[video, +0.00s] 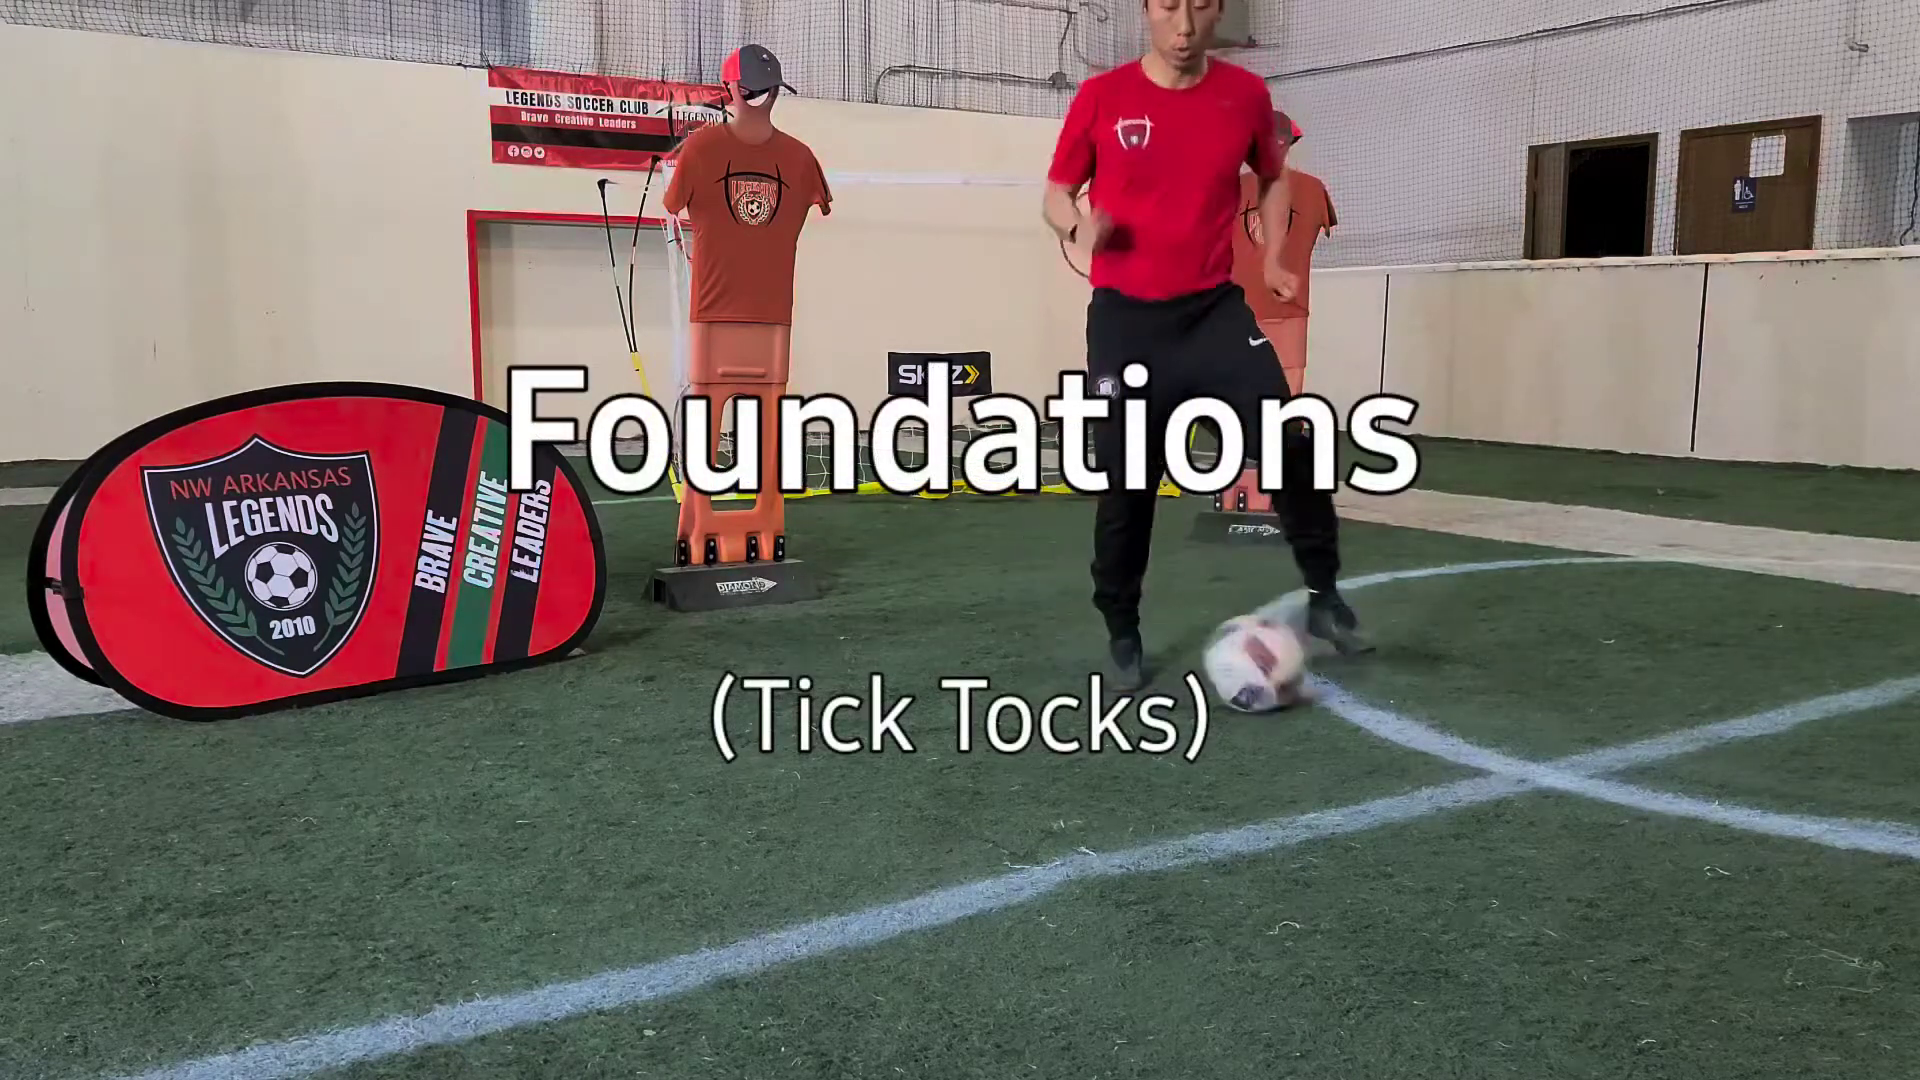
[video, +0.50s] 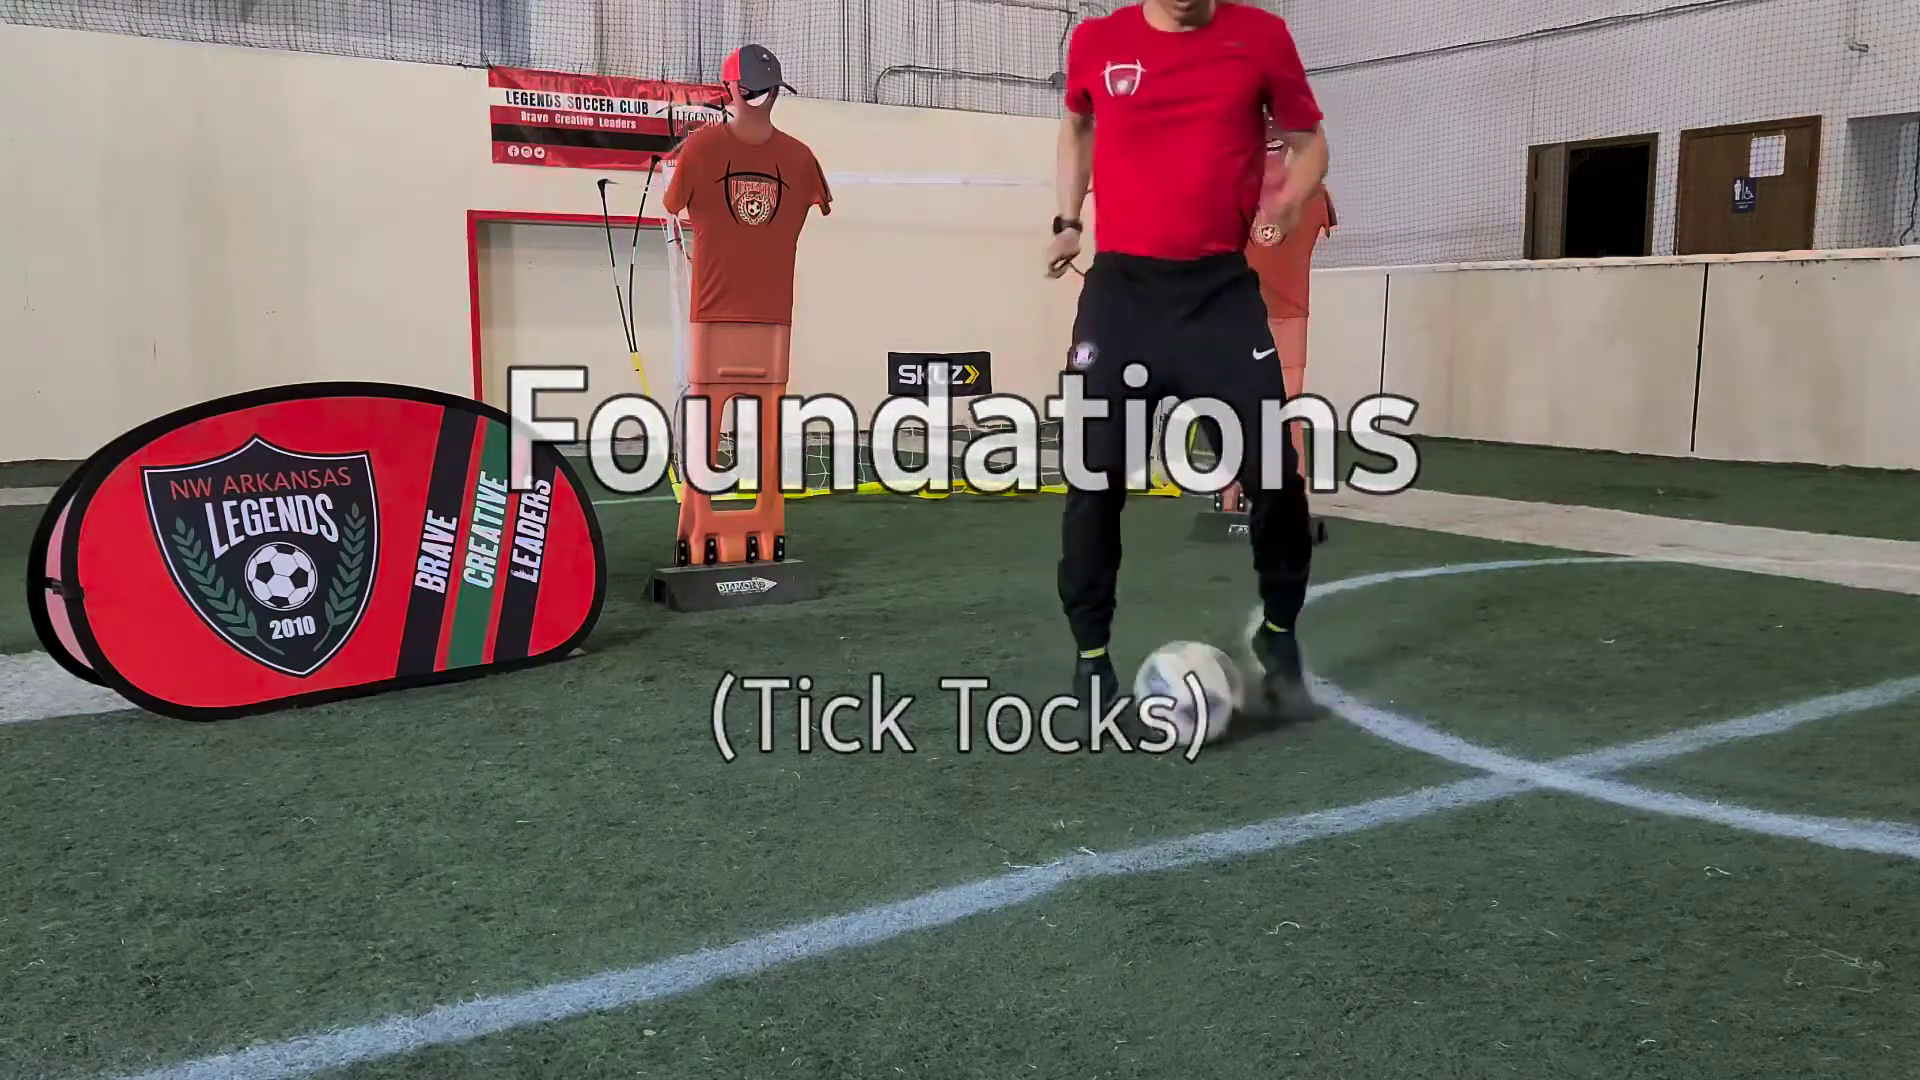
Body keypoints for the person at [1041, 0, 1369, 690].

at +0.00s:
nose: (1185, 26)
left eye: (1199, 10)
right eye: (1170, 9)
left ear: (1218, 14)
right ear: (1147, 12)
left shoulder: (1246, 93)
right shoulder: (1101, 96)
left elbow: (1273, 175)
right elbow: (1057, 192)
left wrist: (1272, 256)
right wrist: (1077, 227)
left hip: (1217, 310)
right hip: (1127, 317)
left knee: (1289, 442)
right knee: (1129, 480)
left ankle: (1323, 591)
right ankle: (1123, 636)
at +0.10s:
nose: (1192, 13)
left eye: (1205, 1)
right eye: (1179, 2)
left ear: (1224, 5)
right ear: (1156, 6)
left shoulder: (1255, 73)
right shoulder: (1111, 73)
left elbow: (1271, 143)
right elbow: (1053, 185)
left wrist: (1270, 220)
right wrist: (1099, 175)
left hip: (1218, 298)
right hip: (1126, 305)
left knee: (1280, 445)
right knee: (1118, 475)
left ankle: (1309, 603)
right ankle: (1120, 626)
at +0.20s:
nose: (1201, 3)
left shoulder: (1271, 54)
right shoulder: (1121, 54)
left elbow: (1285, 131)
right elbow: (1069, 158)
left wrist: (1277, 201)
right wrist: (1091, 213)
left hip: (1229, 289)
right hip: (1133, 289)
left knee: (1266, 472)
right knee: (1089, 462)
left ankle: (1276, 641)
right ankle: (1086, 608)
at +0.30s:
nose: (1201, 13)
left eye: (1214, 0)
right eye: (1186, 0)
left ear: (1235, 2)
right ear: (1162, 5)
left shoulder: (1285, 75)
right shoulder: (1124, 81)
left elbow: (1323, 184)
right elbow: (1079, 177)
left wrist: (1297, 206)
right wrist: (1061, 280)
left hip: (1240, 323)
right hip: (1141, 313)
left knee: (1244, 498)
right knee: (1074, 464)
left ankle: (1247, 666)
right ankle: (1051, 611)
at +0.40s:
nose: (1193, 7)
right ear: (1157, 0)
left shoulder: (1278, 57)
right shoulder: (1113, 63)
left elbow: (1333, 168)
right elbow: (1083, 138)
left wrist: (1302, 186)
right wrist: (1066, 235)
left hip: (1238, 308)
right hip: (1136, 302)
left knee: (1257, 491)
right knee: (1086, 468)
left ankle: (1256, 658)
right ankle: (1077, 631)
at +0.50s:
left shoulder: (1262, 35)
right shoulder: (1096, 41)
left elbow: (1308, 142)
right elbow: (1078, 123)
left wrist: (1287, 204)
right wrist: (1067, 218)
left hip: (1222, 291)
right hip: (1121, 292)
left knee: (1277, 476)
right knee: (1096, 479)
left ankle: (1279, 632)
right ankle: (1093, 659)